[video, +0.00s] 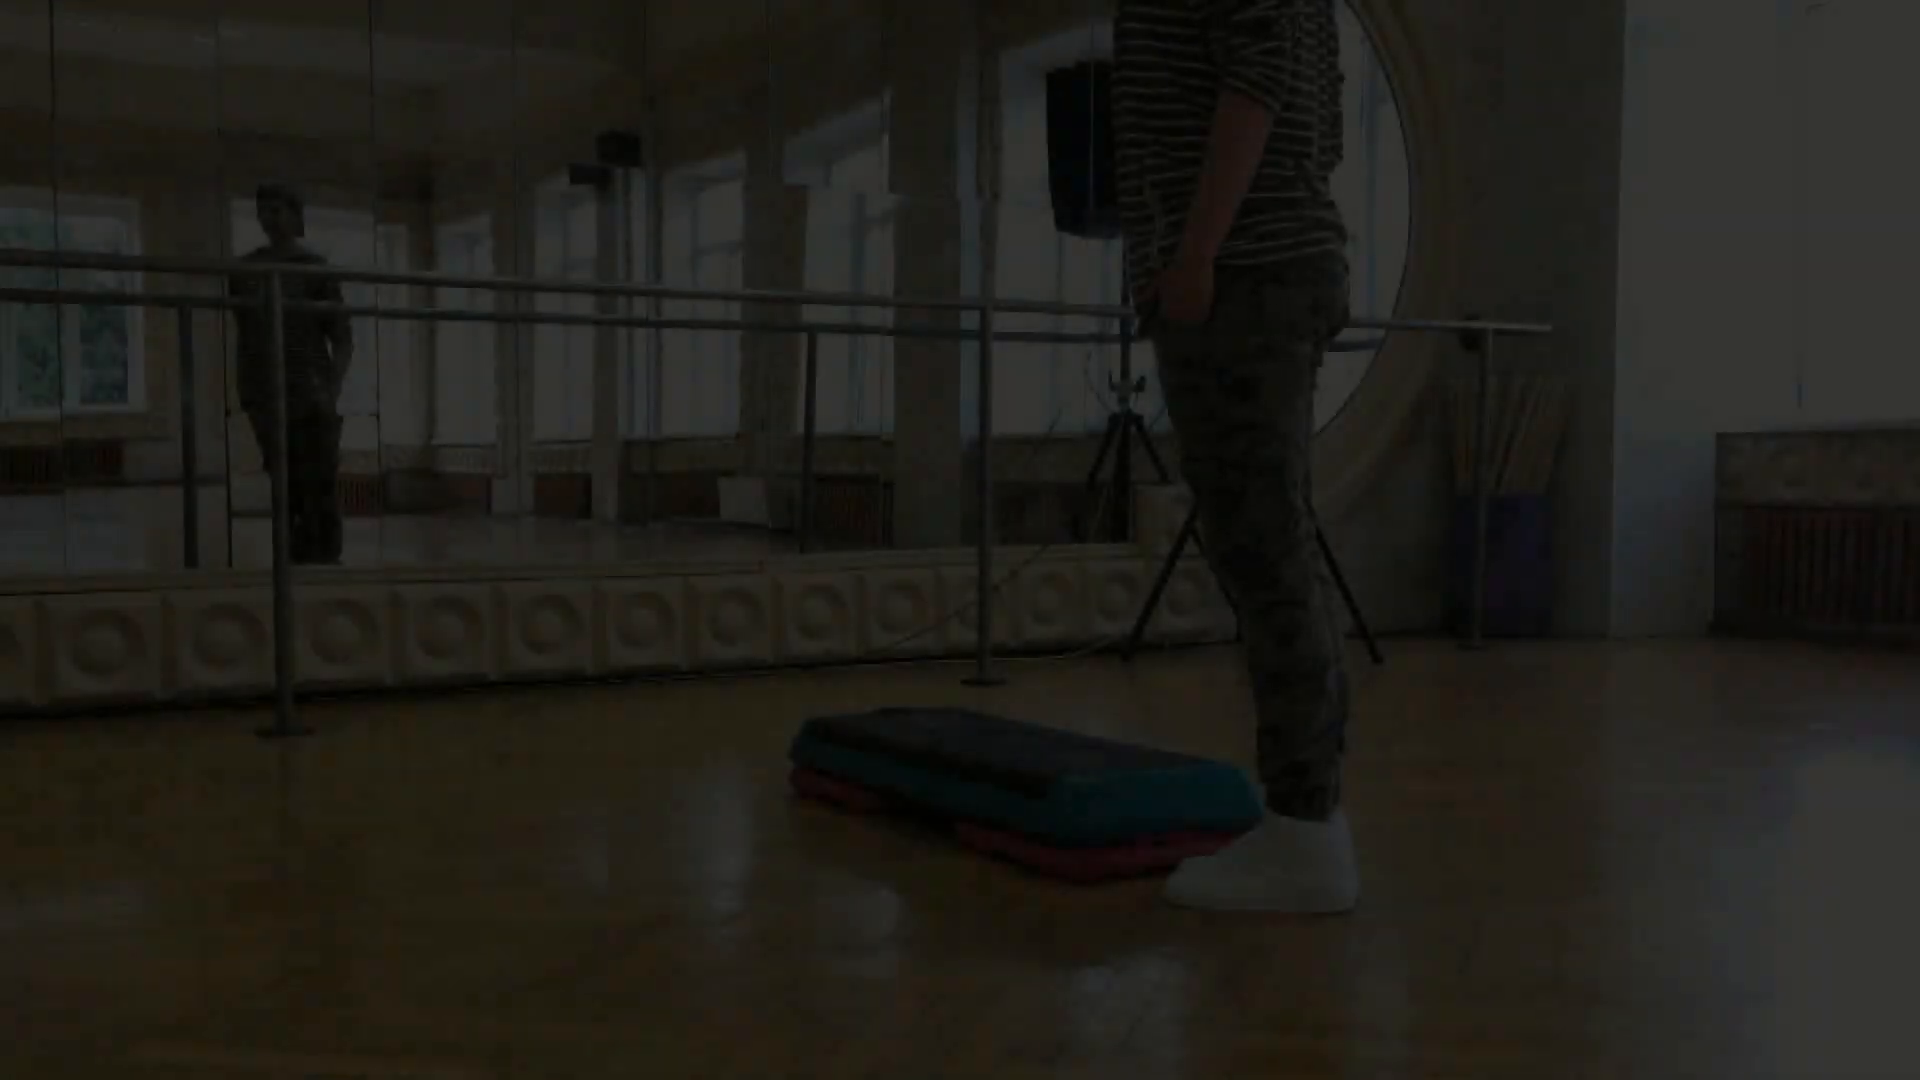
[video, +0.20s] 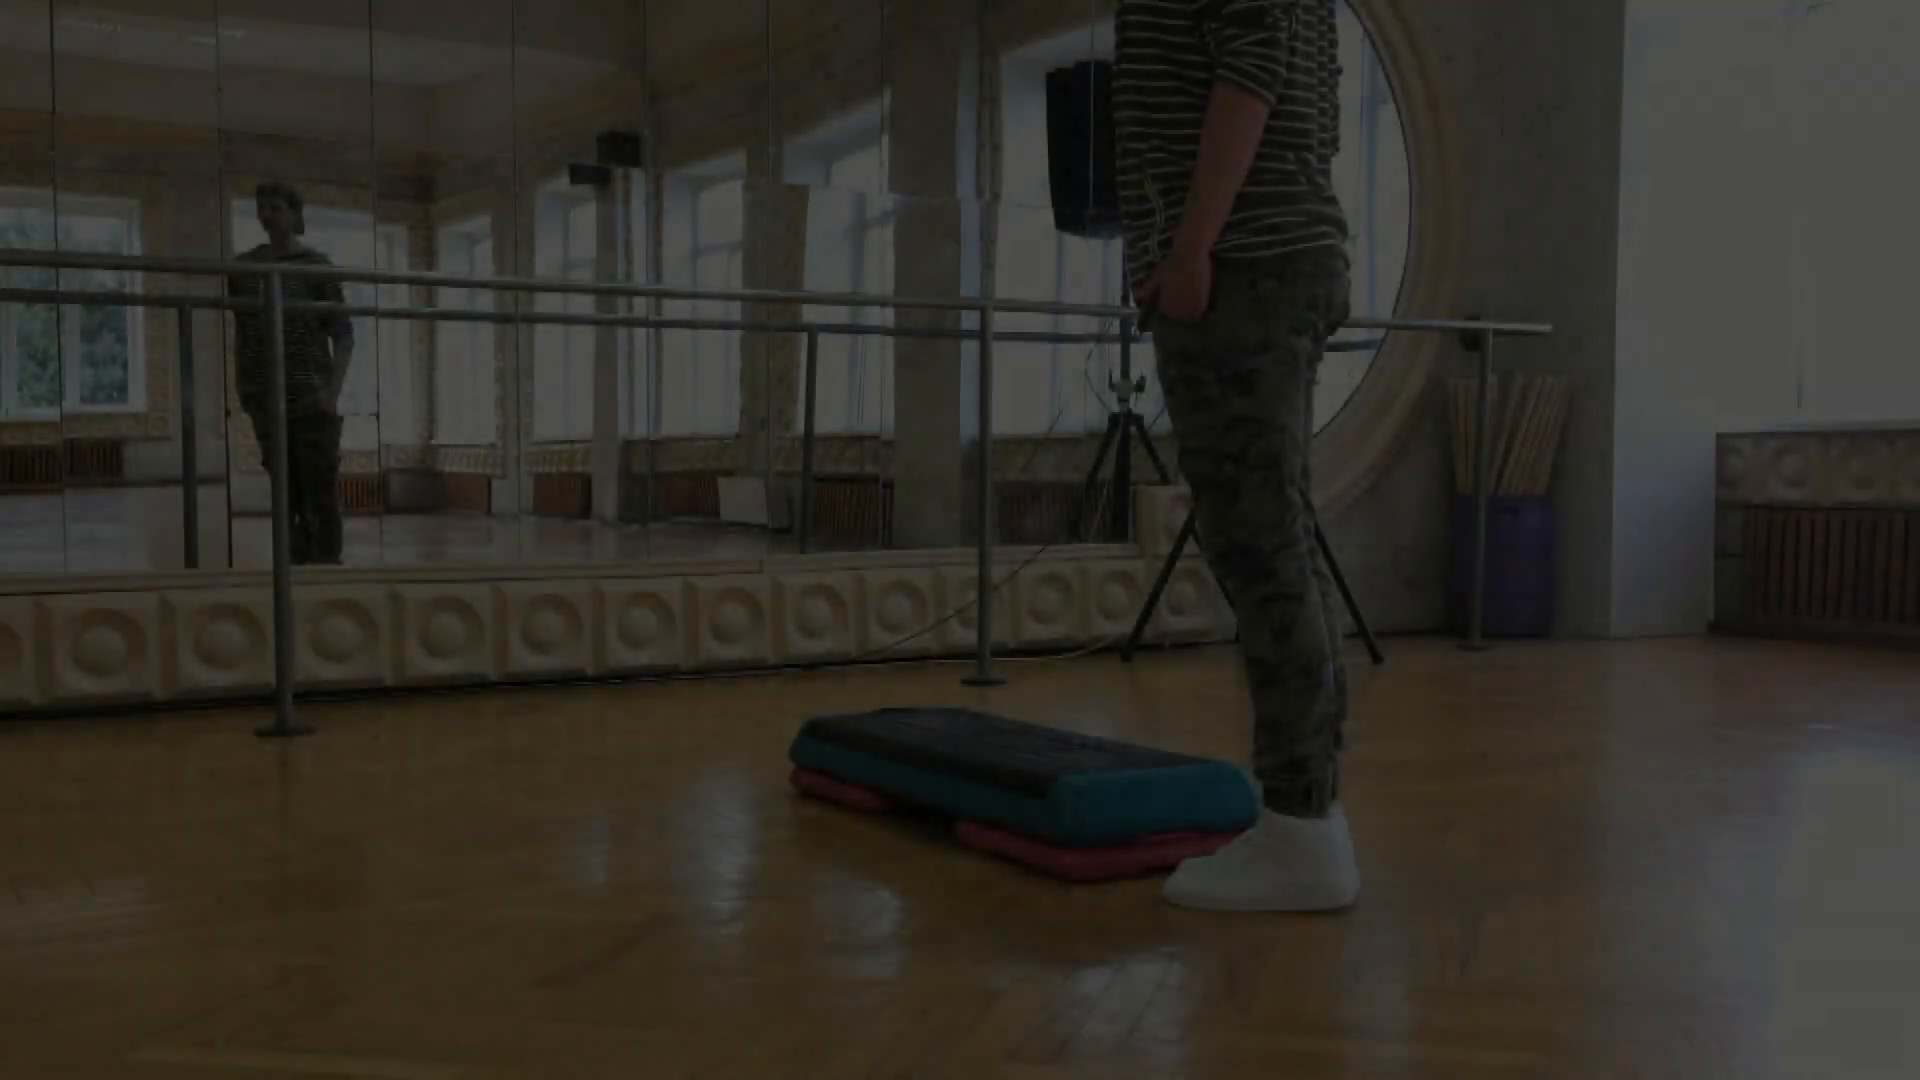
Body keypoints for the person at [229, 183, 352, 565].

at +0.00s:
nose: (274, 223)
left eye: (281, 213)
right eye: (268, 214)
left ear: (297, 217)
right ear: (260, 219)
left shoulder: (316, 267)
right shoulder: (245, 270)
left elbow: (341, 334)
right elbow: (244, 335)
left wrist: (332, 385)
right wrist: (246, 389)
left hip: (313, 390)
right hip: (265, 392)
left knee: (318, 476)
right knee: (285, 477)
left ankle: (323, 557)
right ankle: (293, 556)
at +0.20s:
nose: (268, 217)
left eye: (276, 209)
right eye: (264, 210)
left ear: (295, 215)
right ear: (258, 216)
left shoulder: (316, 265)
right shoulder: (243, 268)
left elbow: (343, 332)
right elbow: (242, 333)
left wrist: (332, 391)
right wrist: (245, 390)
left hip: (312, 392)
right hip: (264, 394)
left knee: (318, 482)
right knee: (285, 482)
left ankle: (326, 563)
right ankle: (297, 560)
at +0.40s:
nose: (268, 219)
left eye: (276, 211)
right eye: (263, 212)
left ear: (296, 216)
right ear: (258, 219)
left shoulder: (317, 266)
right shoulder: (243, 270)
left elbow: (343, 334)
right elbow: (246, 335)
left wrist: (332, 395)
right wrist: (247, 392)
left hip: (314, 398)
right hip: (265, 401)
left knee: (318, 488)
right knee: (285, 487)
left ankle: (327, 567)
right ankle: (296, 566)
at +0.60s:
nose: (268, 219)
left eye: (276, 211)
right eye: (263, 212)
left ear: (297, 215)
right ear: (259, 219)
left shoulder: (319, 266)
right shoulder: (244, 270)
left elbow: (344, 333)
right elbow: (247, 335)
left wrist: (334, 394)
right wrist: (247, 391)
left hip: (315, 398)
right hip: (266, 400)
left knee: (319, 488)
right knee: (286, 488)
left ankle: (327, 568)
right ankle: (296, 567)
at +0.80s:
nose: (268, 219)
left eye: (276, 212)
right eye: (263, 213)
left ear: (297, 217)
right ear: (259, 219)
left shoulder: (320, 268)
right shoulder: (246, 271)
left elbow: (345, 333)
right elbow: (248, 336)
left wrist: (335, 393)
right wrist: (246, 390)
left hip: (316, 401)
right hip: (267, 403)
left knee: (320, 492)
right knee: (286, 492)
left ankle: (327, 572)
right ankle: (295, 570)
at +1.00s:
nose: (269, 218)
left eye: (277, 211)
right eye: (264, 212)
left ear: (298, 216)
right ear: (259, 218)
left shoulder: (320, 266)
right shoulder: (245, 269)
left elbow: (345, 331)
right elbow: (246, 335)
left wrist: (335, 392)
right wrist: (245, 390)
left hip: (315, 397)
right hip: (266, 400)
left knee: (319, 489)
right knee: (286, 491)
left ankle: (327, 568)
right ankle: (296, 568)